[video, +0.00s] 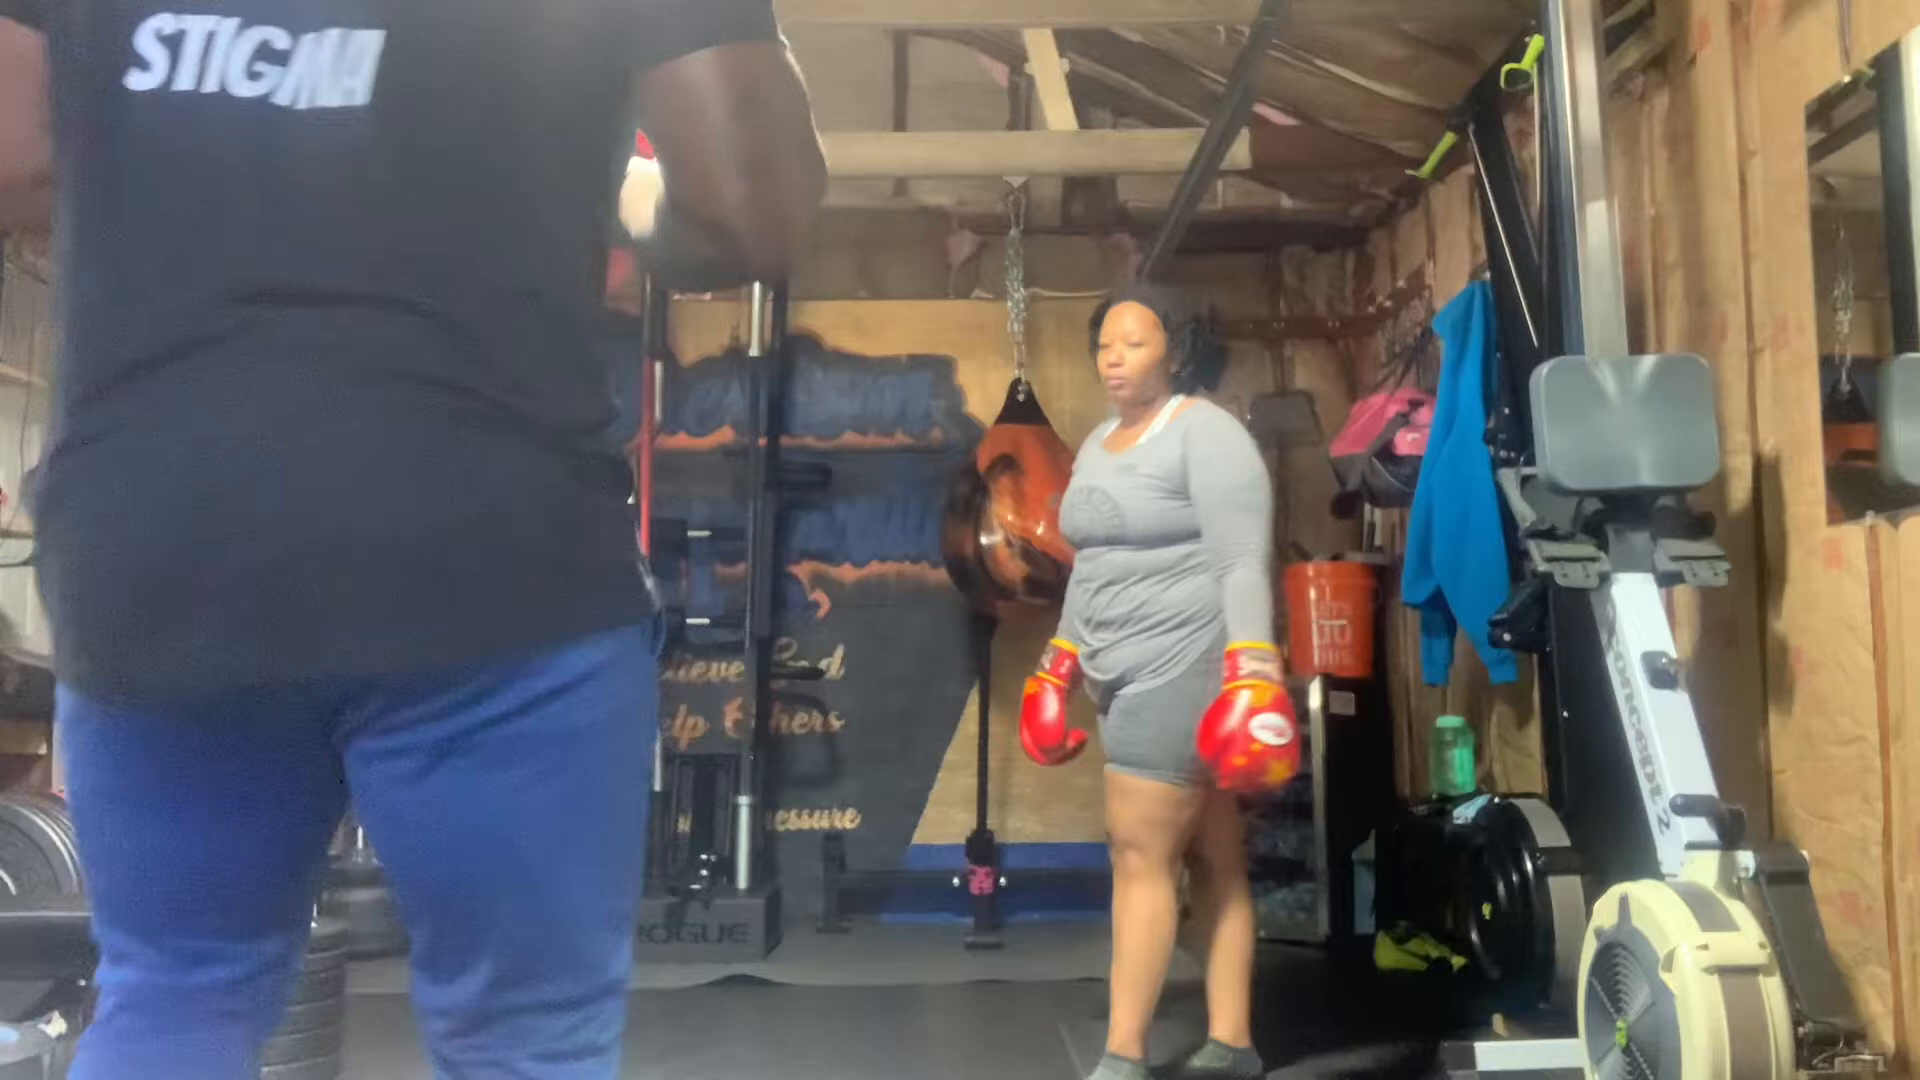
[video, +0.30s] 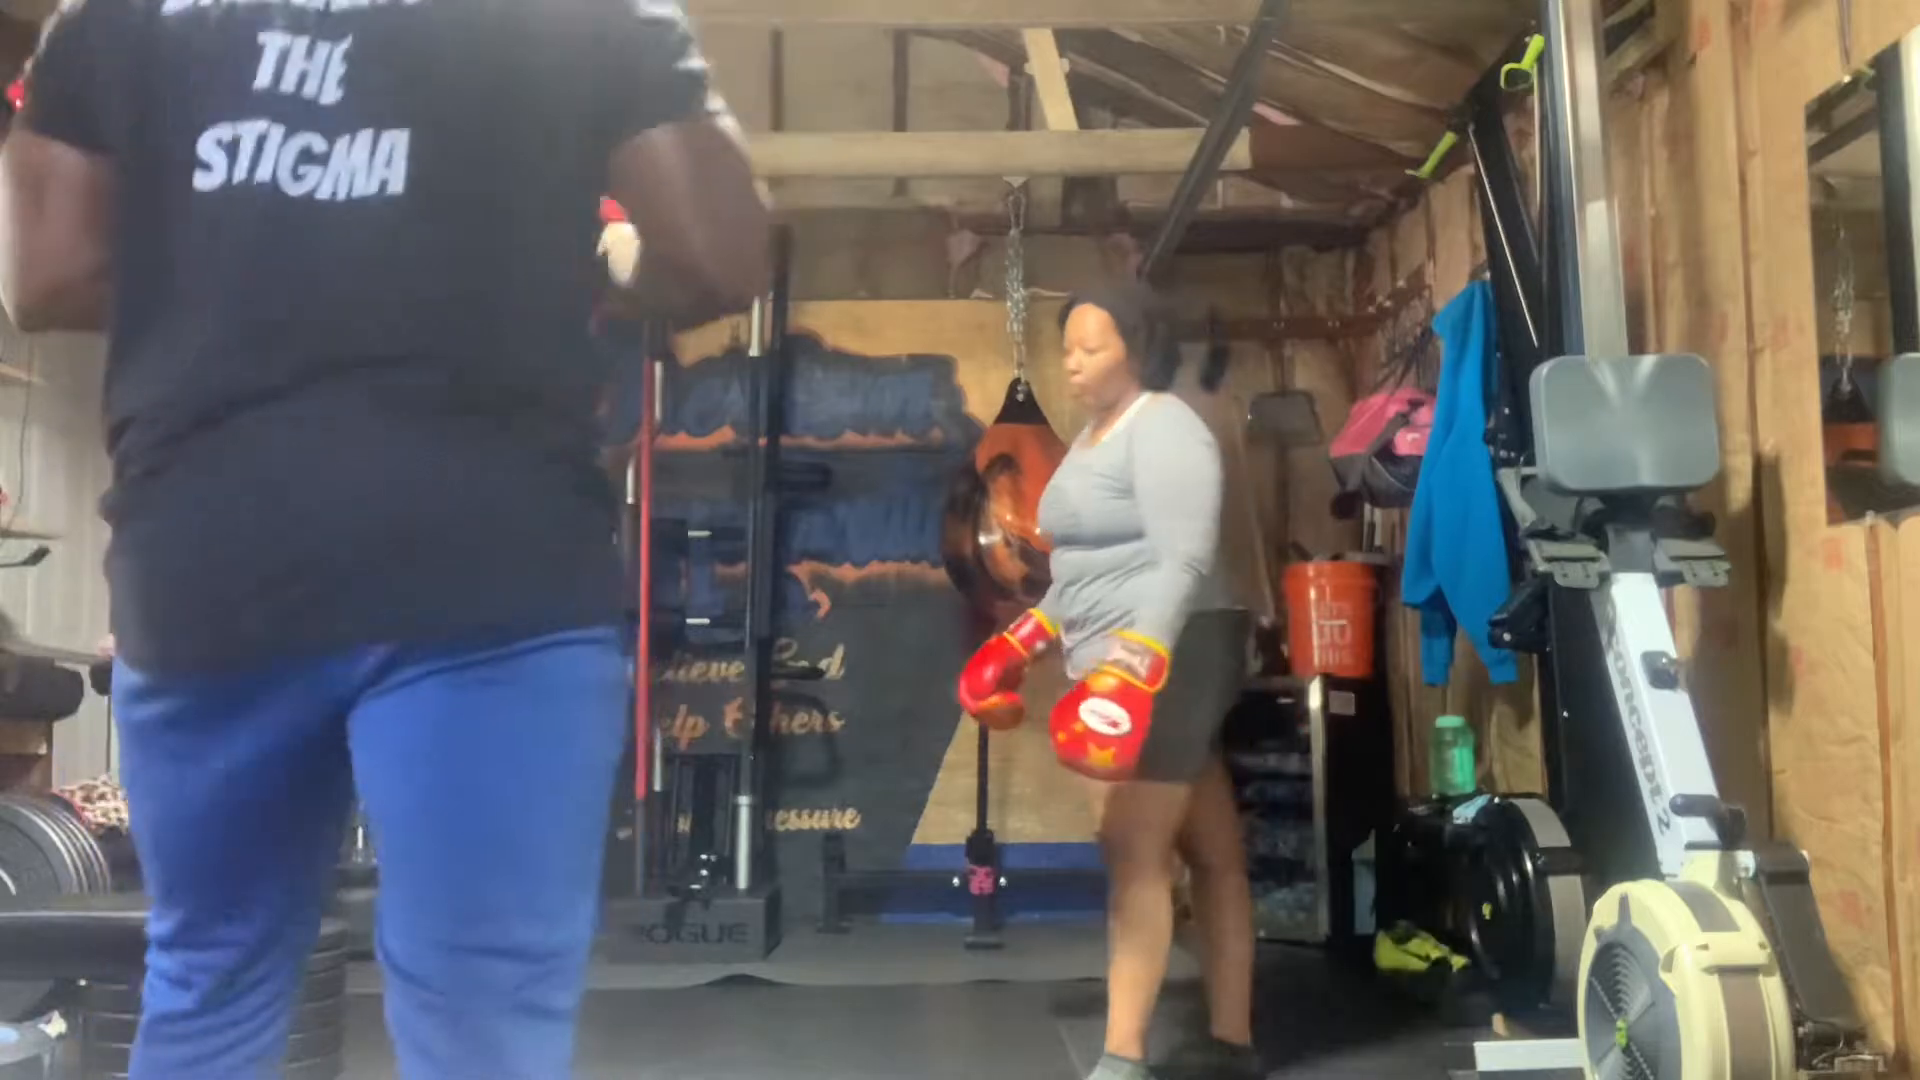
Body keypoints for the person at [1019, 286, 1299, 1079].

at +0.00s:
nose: (1115, 358)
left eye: (1134, 344)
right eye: (1107, 344)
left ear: (1174, 353)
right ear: (1095, 354)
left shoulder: (1210, 432)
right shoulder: (1102, 441)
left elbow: (1244, 556)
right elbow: (1094, 566)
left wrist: (1257, 675)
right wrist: (1058, 663)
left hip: (1186, 672)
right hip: (1133, 674)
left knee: (1139, 859)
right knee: (1217, 862)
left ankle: (1123, 1055)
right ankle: (1230, 1042)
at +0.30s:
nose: (1073, 366)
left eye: (1090, 350)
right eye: (1069, 352)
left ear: (1134, 353)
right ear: (1072, 358)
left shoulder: (1168, 426)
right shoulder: (1098, 435)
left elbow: (1186, 556)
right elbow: (1085, 568)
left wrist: (1134, 663)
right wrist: (1020, 642)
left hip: (1181, 638)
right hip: (1136, 645)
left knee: (1133, 840)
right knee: (1215, 847)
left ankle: (1121, 1058)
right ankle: (1233, 1042)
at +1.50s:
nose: (1083, 351)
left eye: (1100, 334)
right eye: (1078, 337)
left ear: (1147, 337)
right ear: (1079, 347)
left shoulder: (1189, 411)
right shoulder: (1087, 443)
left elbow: (1223, 537)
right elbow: (1072, 550)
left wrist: (1104, 532)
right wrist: (1018, 528)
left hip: (1176, 651)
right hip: (1108, 664)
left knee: (1150, 872)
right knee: (1147, 872)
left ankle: (1153, 1069)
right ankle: (1160, 1058)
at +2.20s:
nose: (1080, 333)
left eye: (1099, 315)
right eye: (1076, 317)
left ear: (1153, 318)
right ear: (1078, 324)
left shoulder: (1195, 394)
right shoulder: (1081, 423)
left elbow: (1217, 519)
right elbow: (1030, 545)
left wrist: (1101, 479)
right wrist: (1006, 456)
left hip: (1186, 633)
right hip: (1124, 643)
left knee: (1136, 873)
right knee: (1170, 881)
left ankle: (1151, 1073)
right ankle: (1217, 1071)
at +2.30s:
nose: (1082, 335)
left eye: (1100, 317)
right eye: (1077, 320)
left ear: (1153, 320)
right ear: (1079, 328)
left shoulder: (1195, 390)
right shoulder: (1085, 418)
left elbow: (1213, 502)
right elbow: (1035, 544)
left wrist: (1111, 462)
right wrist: (1007, 455)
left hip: (1195, 628)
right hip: (1132, 642)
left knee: (1106, 850)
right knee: (1179, 882)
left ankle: (1146, 1070)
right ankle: (1219, 1070)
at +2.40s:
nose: (1084, 339)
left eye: (1103, 321)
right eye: (1077, 324)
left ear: (1154, 323)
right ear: (1073, 331)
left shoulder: (1193, 387)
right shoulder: (1079, 420)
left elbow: (1207, 495)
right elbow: (1032, 542)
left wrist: (1100, 450)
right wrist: (1009, 446)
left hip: (1196, 624)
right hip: (1127, 642)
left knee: (1083, 834)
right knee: (1176, 884)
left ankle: (1141, 1067)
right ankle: (1219, 1071)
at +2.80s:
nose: (1038, 330)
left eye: (1054, 313)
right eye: (1033, 317)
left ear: (1106, 312)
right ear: (1031, 330)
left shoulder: (1142, 374)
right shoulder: (1040, 419)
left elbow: (1143, 447)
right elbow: (1016, 548)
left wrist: (1052, 387)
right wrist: (981, 456)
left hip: (1133, 627)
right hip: (1101, 636)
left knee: (1085, 888)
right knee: (1169, 900)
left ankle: (1093, 1075)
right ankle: (1216, 1071)